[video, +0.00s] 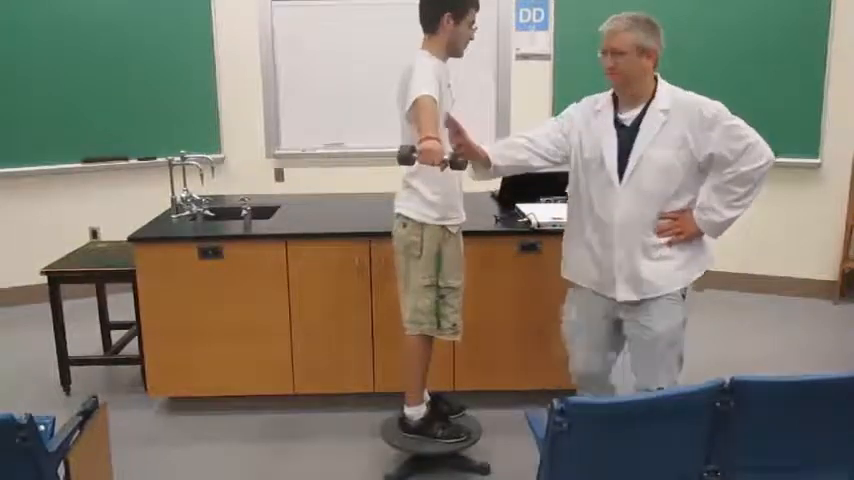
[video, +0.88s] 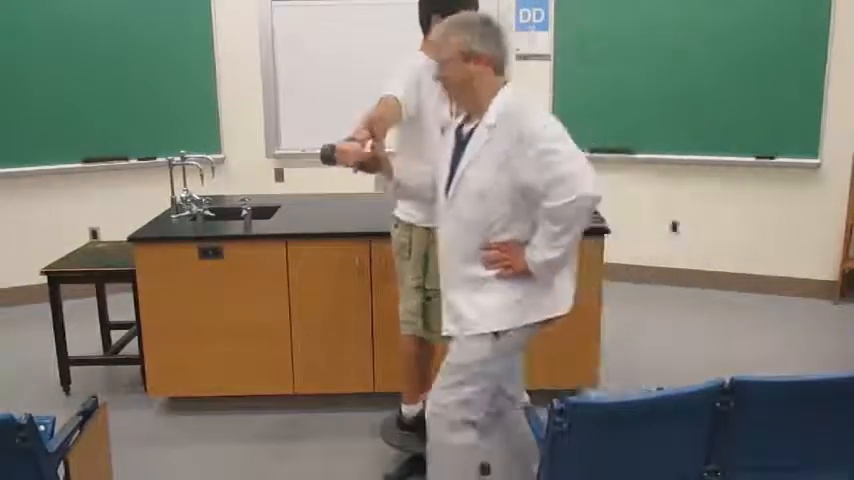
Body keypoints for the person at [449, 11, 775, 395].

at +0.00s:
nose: (606, 63)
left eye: (616, 55)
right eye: (604, 54)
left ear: (649, 57)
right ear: (602, 57)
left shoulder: (695, 115)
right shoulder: (584, 115)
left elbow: (753, 158)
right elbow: (535, 146)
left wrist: (702, 217)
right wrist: (482, 155)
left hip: (657, 281)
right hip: (591, 277)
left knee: (654, 390)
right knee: (586, 375)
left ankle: (652, 479)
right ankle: (602, 467)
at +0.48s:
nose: (539, 72)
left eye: (549, 62)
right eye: (538, 62)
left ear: (585, 65)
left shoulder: (633, 124)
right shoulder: (528, 127)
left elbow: (695, 177)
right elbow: (492, 170)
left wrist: (646, 241)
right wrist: (437, 161)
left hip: (605, 301)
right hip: (537, 299)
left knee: (618, 412)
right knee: (534, 407)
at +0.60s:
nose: (492, 73)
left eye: (500, 61)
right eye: (491, 62)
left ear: (538, 60)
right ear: (528, 62)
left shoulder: (584, 119)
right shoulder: (497, 121)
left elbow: (640, 178)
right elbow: (469, 179)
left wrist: (591, 245)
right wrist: (415, 164)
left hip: (554, 306)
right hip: (502, 302)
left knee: (538, 425)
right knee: (514, 420)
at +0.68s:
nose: (492, 73)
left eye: (500, 61)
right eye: (491, 62)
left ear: (538, 60)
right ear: (528, 62)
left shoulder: (584, 119)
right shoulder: (497, 121)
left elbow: (640, 178)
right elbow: (469, 179)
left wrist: (591, 245)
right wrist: (415, 164)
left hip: (550, 305)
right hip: (501, 300)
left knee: (535, 423)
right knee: (512, 417)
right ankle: (525, 476)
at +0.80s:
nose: (436, 76)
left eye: (442, 64)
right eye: (436, 65)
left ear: (479, 63)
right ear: (475, 64)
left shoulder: (525, 121)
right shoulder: (463, 126)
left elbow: (577, 190)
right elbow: (442, 190)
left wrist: (537, 256)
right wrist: (384, 167)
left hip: (507, 303)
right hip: (470, 300)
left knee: (448, 410)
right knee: (501, 409)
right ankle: (529, 475)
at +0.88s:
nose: (436, 76)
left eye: (442, 64)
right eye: (436, 65)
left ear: (479, 63)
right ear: (475, 64)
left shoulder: (525, 121)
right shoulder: (463, 126)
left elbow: (577, 190)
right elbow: (442, 190)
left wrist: (537, 256)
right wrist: (384, 167)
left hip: (507, 303)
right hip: (470, 300)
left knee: (448, 410)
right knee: (501, 409)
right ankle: (529, 475)